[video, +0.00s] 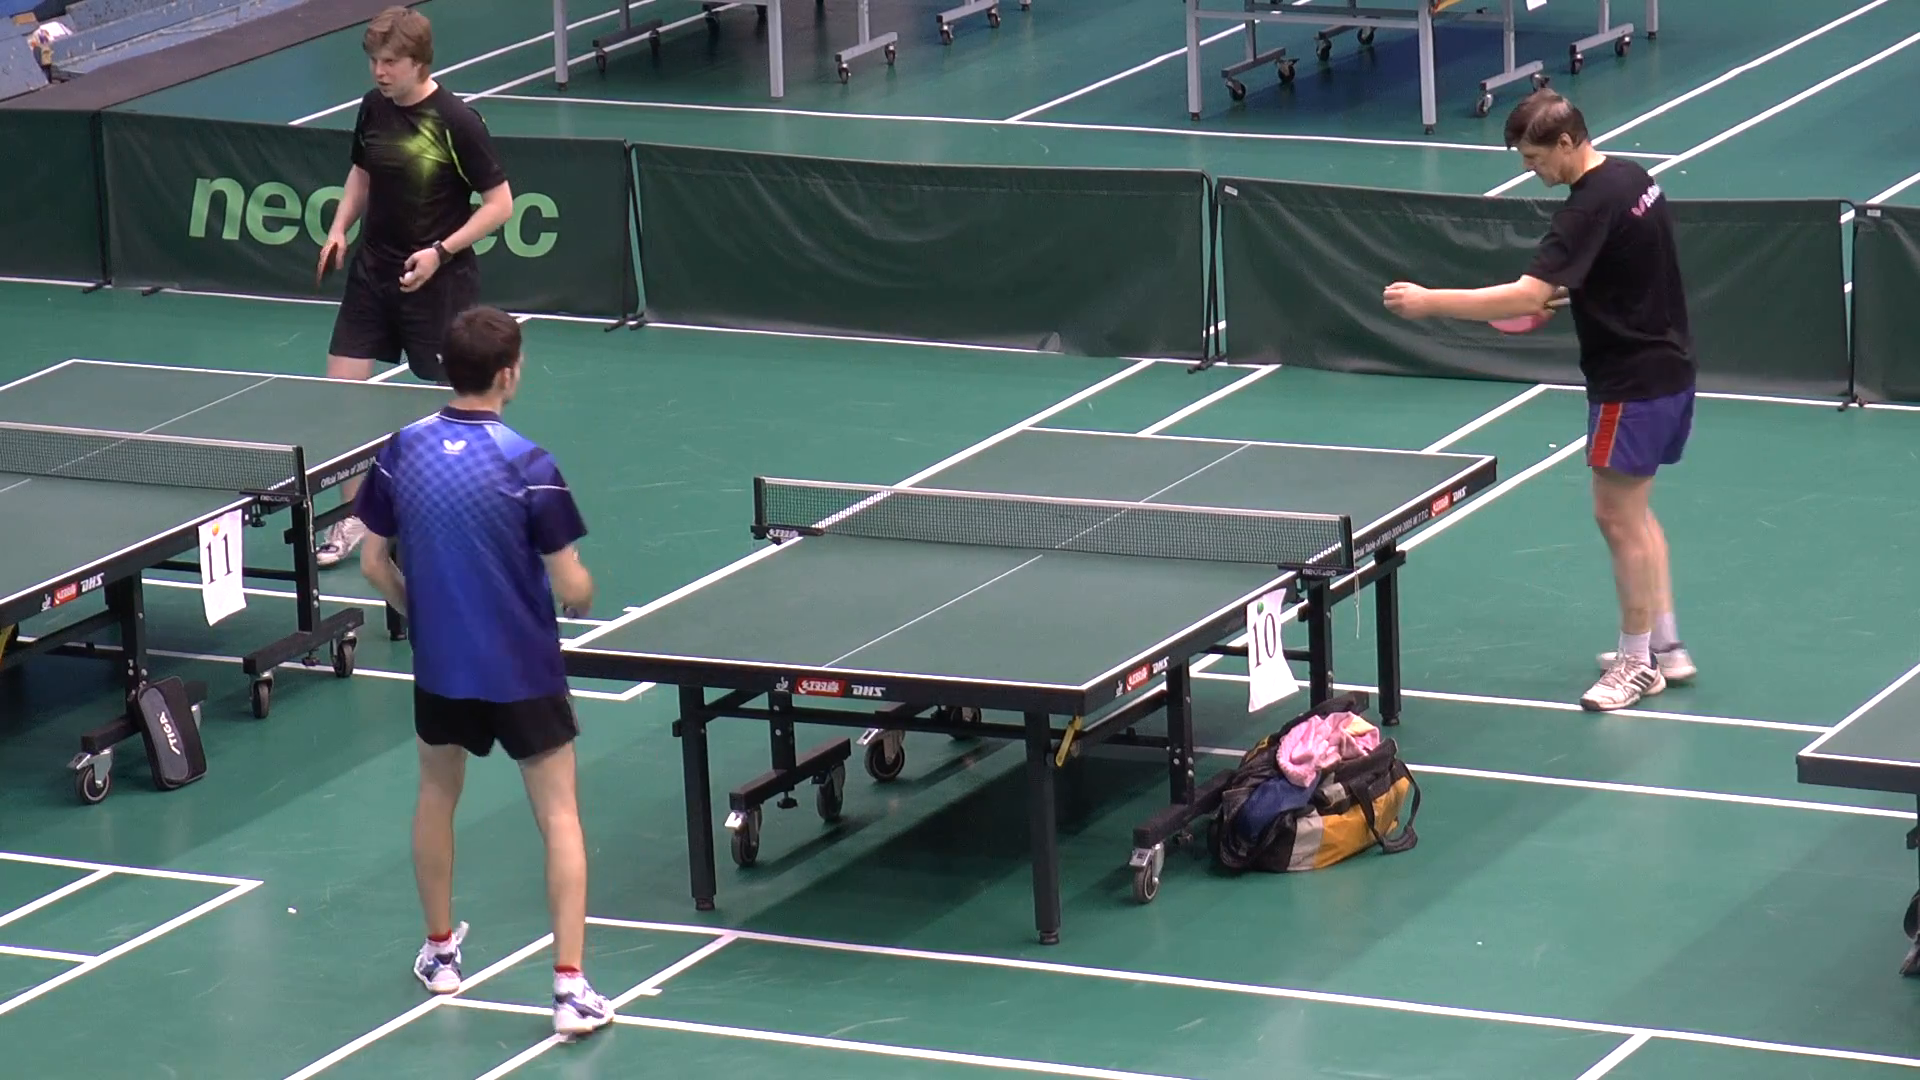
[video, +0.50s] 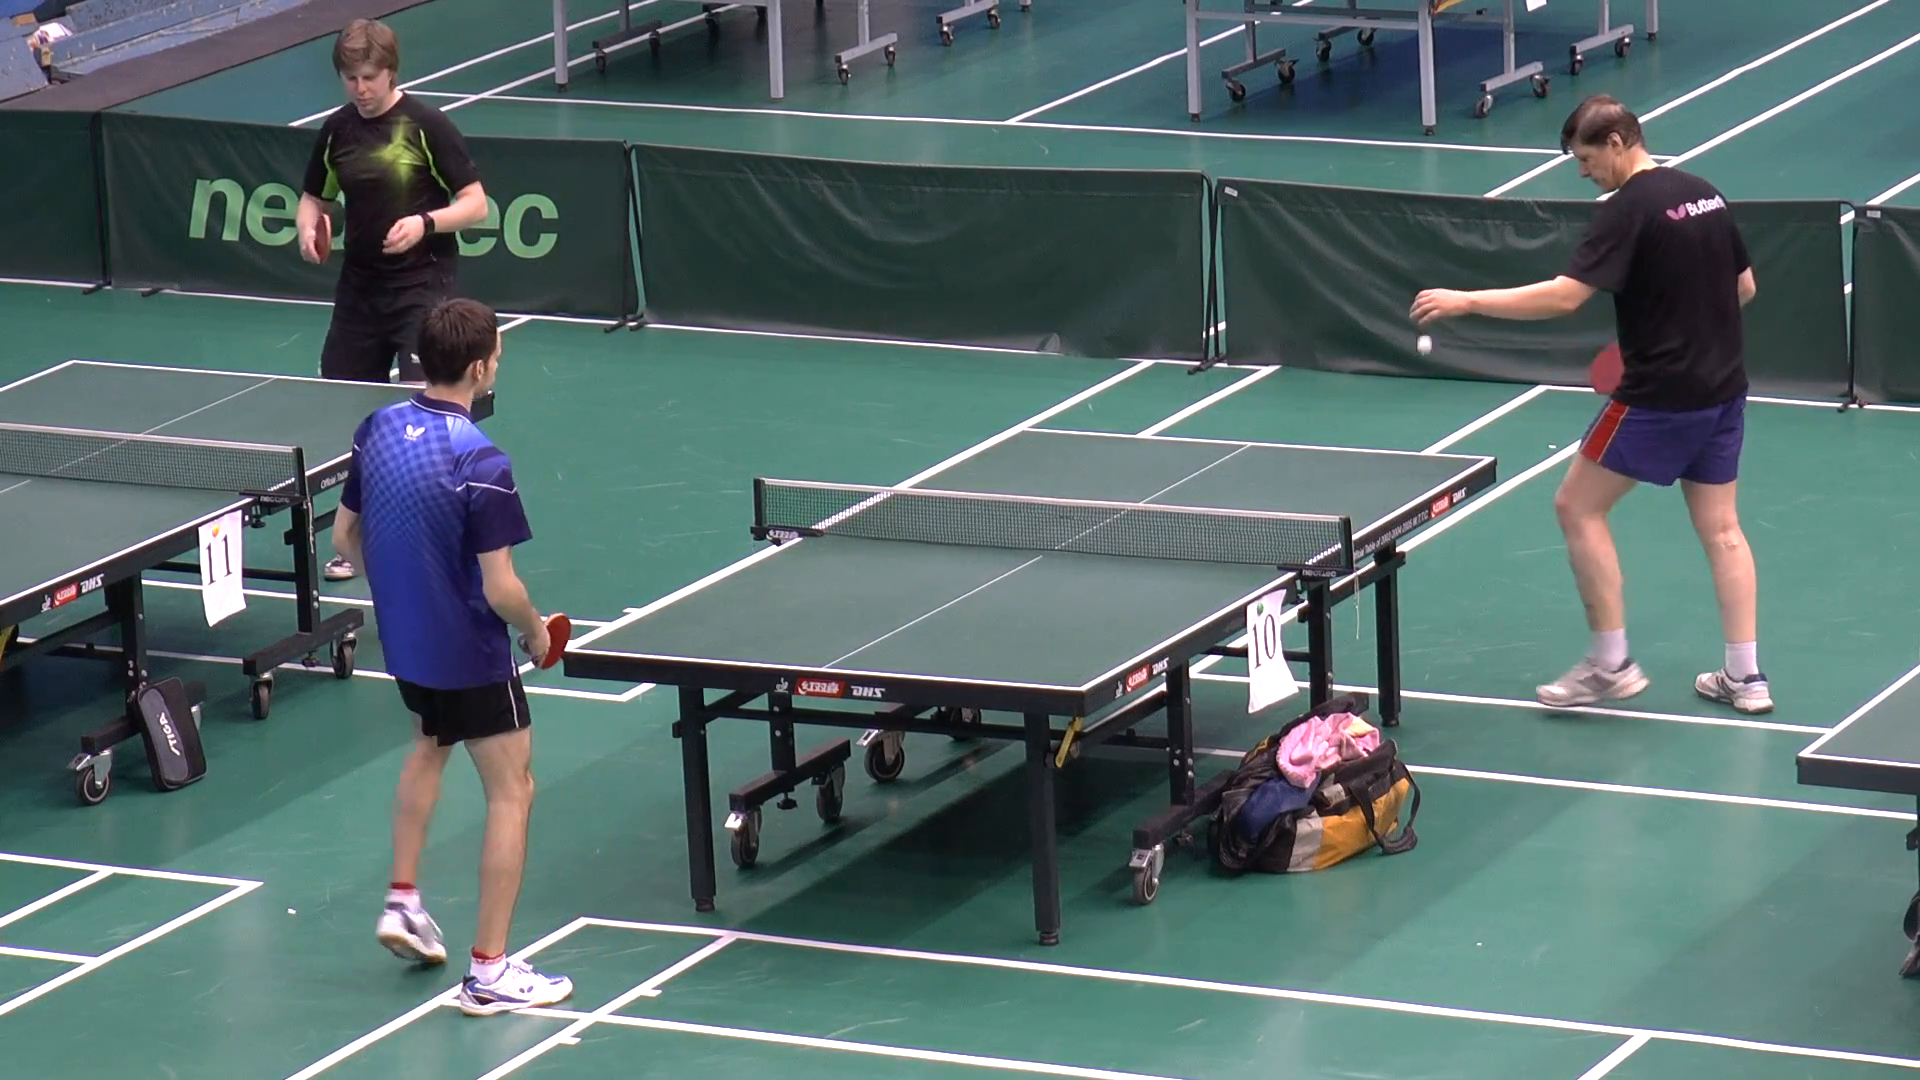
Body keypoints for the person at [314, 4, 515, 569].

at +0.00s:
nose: (378, 72)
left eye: (387, 63)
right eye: (374, 62)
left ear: (419, 61)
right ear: (373, 61)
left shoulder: (459, 120)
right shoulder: (373, 108)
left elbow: (500, 203)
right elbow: (361, 175)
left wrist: (442, 251)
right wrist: (339, 228)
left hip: (440, 281)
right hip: (373, 272)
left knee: (455, 399)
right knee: (343, 386)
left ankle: (468, 515)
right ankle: (359, 513)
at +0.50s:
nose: (359, 89)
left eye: (368, 78)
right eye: (350, 79)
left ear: (392, 71)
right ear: (342, 76)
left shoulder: (428, 125)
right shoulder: (336, 130)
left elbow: (477, 204)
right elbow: (312, 196)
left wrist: (426, 222)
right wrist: (308, 220)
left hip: (422, 291)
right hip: (359, 291)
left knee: (425, 411)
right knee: (344, 409)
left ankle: (428, 537)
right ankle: (358, 537)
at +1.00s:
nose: (397, 121)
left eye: (405, 111)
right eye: (392, 111)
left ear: (437, 101)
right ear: (404, 103)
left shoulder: (464, 150)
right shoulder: (441, 137)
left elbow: (459, 248)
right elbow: (448, 229)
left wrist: (385, 282)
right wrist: (403, 253)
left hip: (483, 304)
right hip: (458, 299)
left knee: (464, 436)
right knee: (453, 431)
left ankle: (497, 578)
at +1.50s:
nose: (517, 115)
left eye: (516, 105)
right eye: (514, 105)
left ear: (534, 104)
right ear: (572, 92)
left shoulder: (546, 167)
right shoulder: (634, 148)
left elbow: (522, 261)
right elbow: (660, 228)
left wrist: (460, 275)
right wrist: (603, 234)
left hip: (569, 336)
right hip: (639, 326)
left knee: (530, 460)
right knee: (668, 449)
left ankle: (502, 575)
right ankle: (705, 576)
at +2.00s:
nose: (592, 112)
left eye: (590, 103)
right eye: (590, 103)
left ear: (601, 100)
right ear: (644, 84)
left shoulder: (613, 157)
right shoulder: (704, 142)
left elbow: (586, 255)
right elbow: (738, 230)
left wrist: (552, 256)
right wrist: (722, 298)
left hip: (645, 331)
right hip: (705, 322)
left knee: (661, 468)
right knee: (702, 455)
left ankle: (697, 593)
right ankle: (714, 582)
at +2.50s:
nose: (581, 138)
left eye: (579, 127)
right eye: (576, 129)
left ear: (595, 121)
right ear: (633, 104)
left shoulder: (606, 186)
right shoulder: (700, 146)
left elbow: (580, 286)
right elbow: (763, 219)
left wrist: (547, 315)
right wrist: (741, 276)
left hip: (677, 333)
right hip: (740, 322)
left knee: (693, 478)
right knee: (729, 464)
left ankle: (704, 603)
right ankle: (722, 589)